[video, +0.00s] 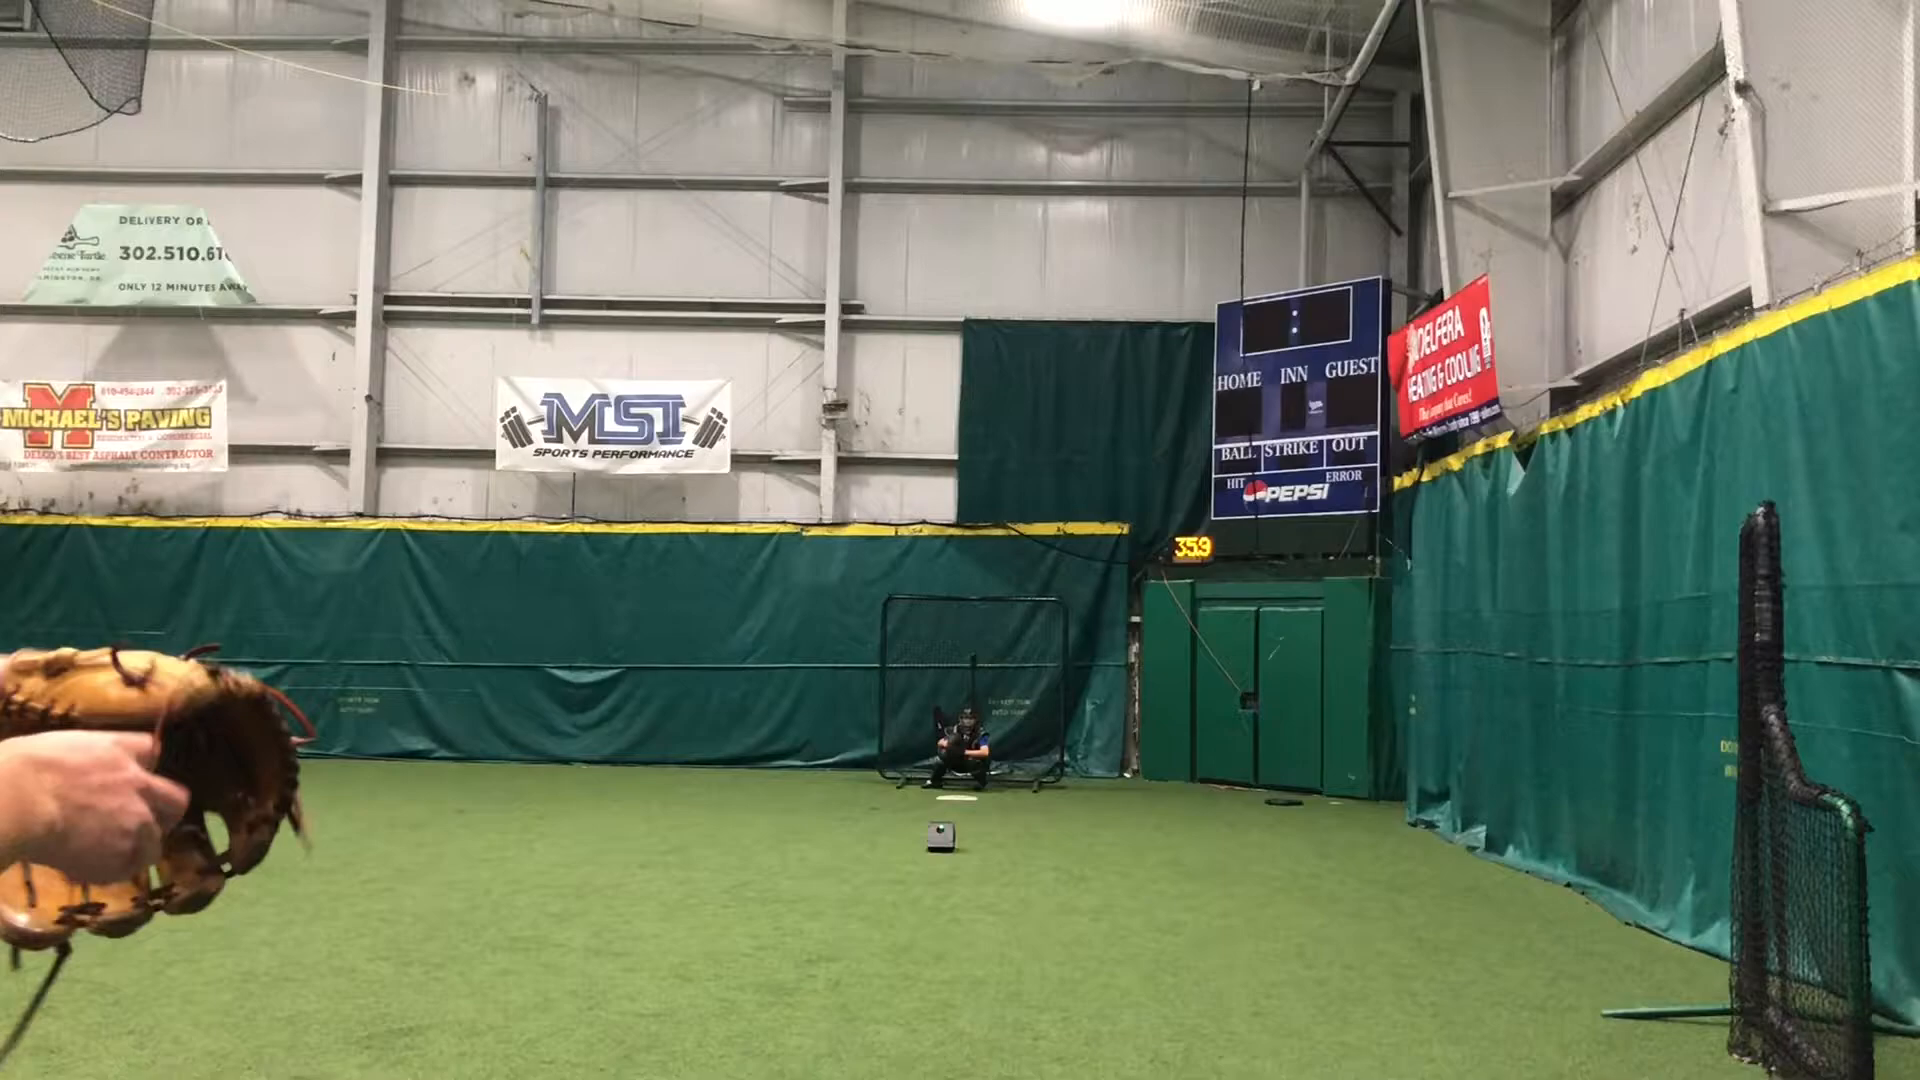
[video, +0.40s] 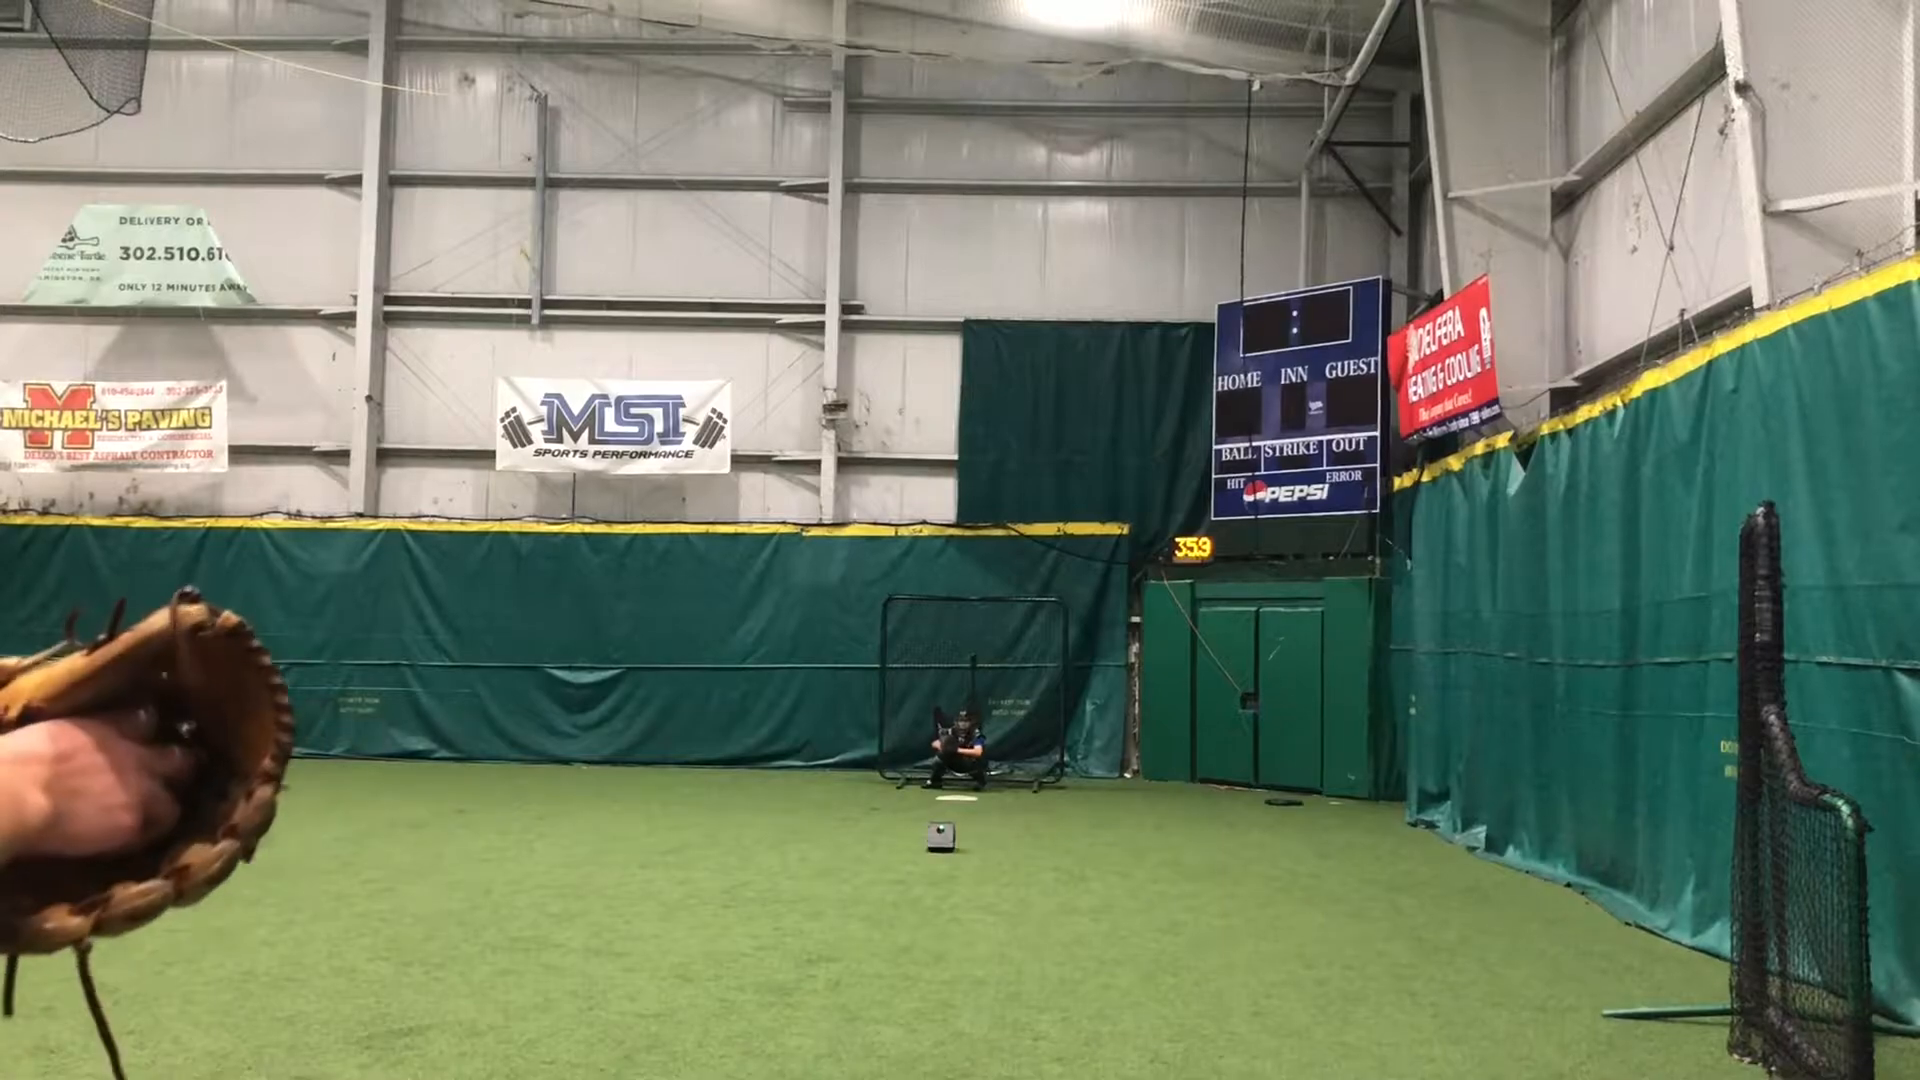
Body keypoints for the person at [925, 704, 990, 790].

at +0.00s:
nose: (967, 722)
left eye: (970, 719)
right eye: (964, 718)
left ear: (975, 720)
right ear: (960, 719)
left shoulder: (981, 734)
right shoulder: (955, 731)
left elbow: (985, 752)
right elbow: (941, 742)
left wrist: (964, 752)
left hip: (972, 761)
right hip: (955, 760)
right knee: (943, 757)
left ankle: (981, 783)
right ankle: (935, 781)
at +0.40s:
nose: (962, 725)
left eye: (966, 721)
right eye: (960, 721)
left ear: (971, 723)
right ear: (956, 723)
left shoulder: (976, 736)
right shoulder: (951, 733)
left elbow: (978, 752)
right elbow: (935, 743)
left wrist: (957, 750)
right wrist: (944, 748)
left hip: (970, 762)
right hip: (954, 760)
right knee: (940, 759)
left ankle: (981, 783)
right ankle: (935, 781)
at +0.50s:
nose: (962, 724)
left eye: (965, 721)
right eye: (959, 721)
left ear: (970, 723)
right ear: (956, 722)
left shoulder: (975, 734)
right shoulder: (952, 732)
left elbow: (977, 751)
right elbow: (942, 741)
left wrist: (957, 749)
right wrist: (937, 747)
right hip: (954, 758)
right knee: (941, 759)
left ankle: (981, 782)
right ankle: (935, 781)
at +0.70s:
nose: (959, 726)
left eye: (963, 723)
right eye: (957, 723)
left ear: (968, 723)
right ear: (954, 723)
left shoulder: (973, 733)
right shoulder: (951, 732)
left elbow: (975, 749)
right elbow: (943, 746)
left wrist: (955, 748)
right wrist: (931, 755)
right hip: (955, 757)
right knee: (941, 760)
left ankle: (981, 782)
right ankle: (935, 781)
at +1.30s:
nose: (957, 726)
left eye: (960, 723)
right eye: (955, 723)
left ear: (966, 724)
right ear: (951, 723)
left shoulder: (971, 735)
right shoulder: (949, 733)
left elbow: (976, 754)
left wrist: (960, 758)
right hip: (949, 758)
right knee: (937, 763)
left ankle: (980, 781)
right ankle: (935, 781)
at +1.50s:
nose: (958, 727)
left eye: (961, 723)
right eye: (955, 723)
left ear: (966, 725)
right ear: (951, 724)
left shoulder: (972, 736)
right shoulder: (947, 734)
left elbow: (977, 755)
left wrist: (963, 760)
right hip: (950, 760)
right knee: (937, 763)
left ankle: (980, 782)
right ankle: (935, 781)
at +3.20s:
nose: (954, 728)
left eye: (957, 725)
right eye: (951, 725)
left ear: (963, 727)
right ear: (947, 727)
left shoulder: (970, 742)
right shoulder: (944, 740)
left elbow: (975, 759)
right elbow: (936, 753)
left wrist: (958, 759)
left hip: (964, 767)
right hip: (947, 765)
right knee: (935, 765)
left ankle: (979, 783)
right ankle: (935, 782)